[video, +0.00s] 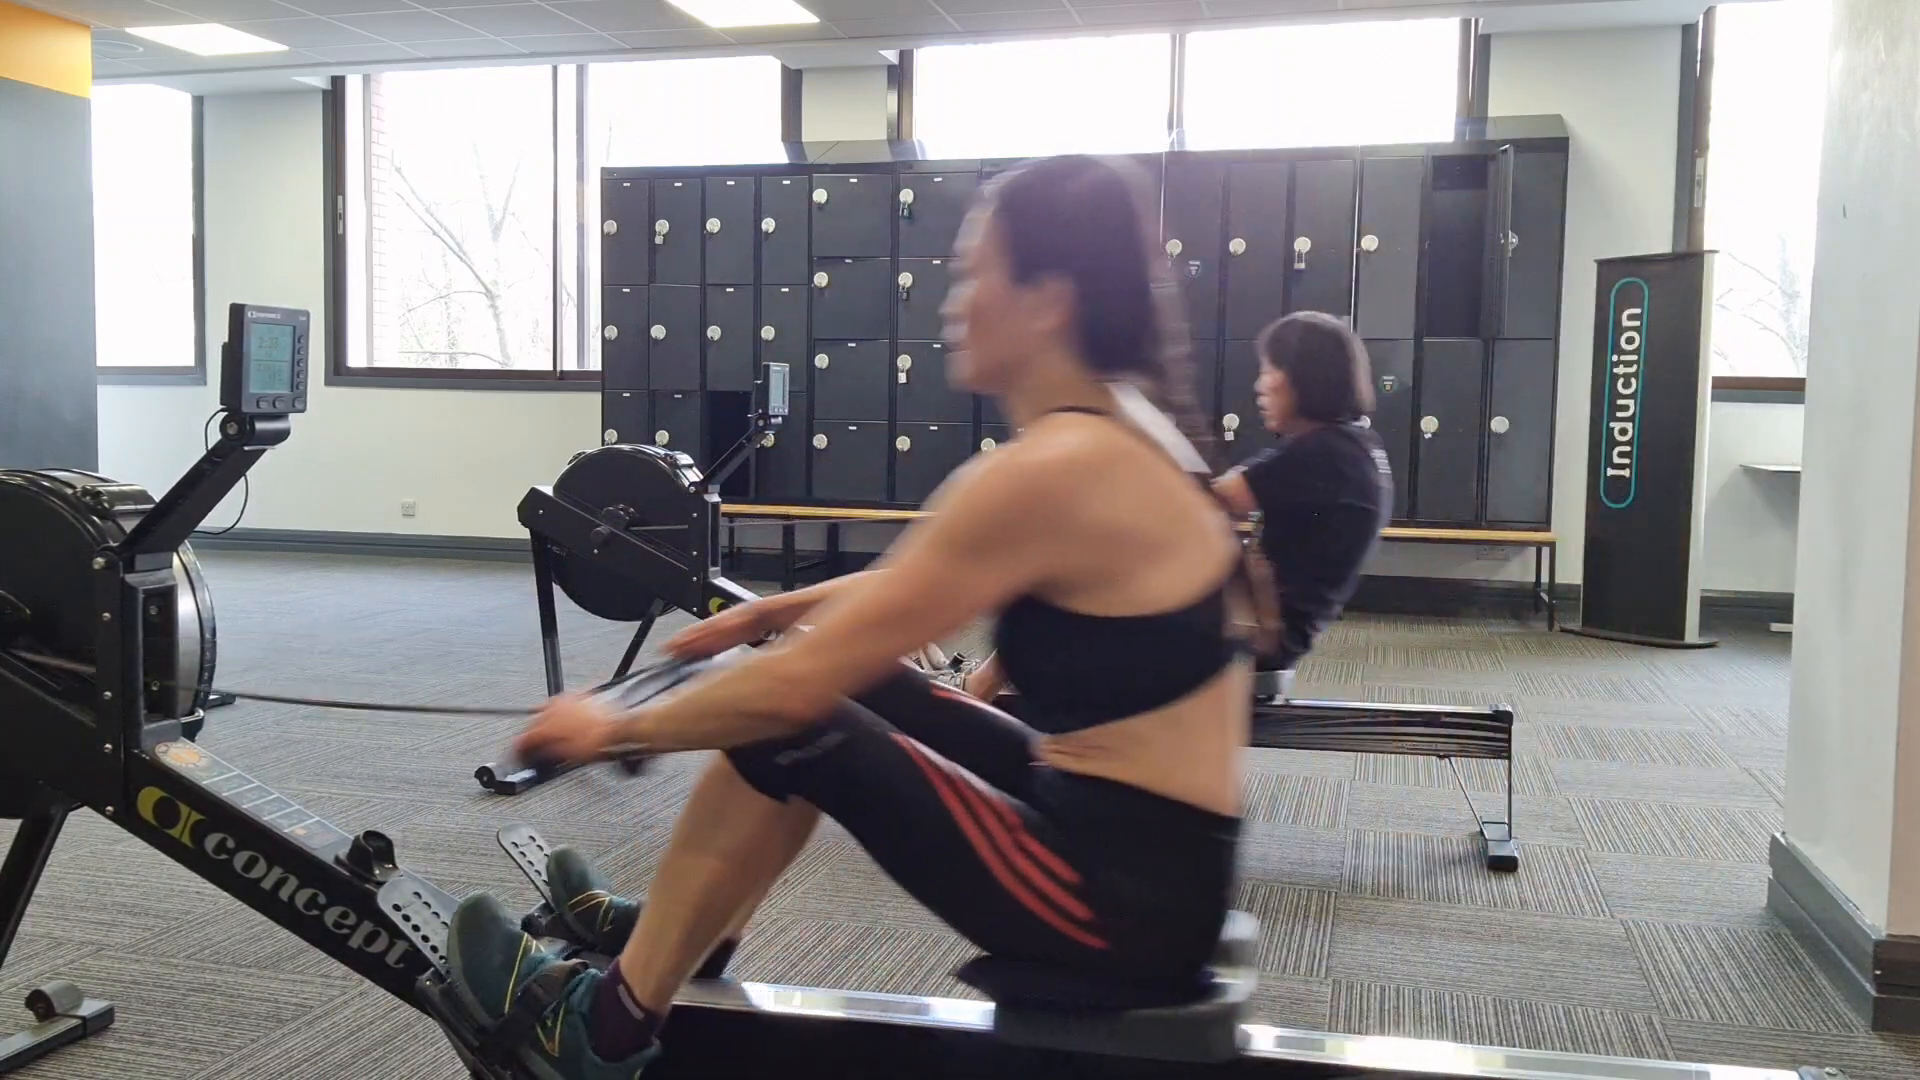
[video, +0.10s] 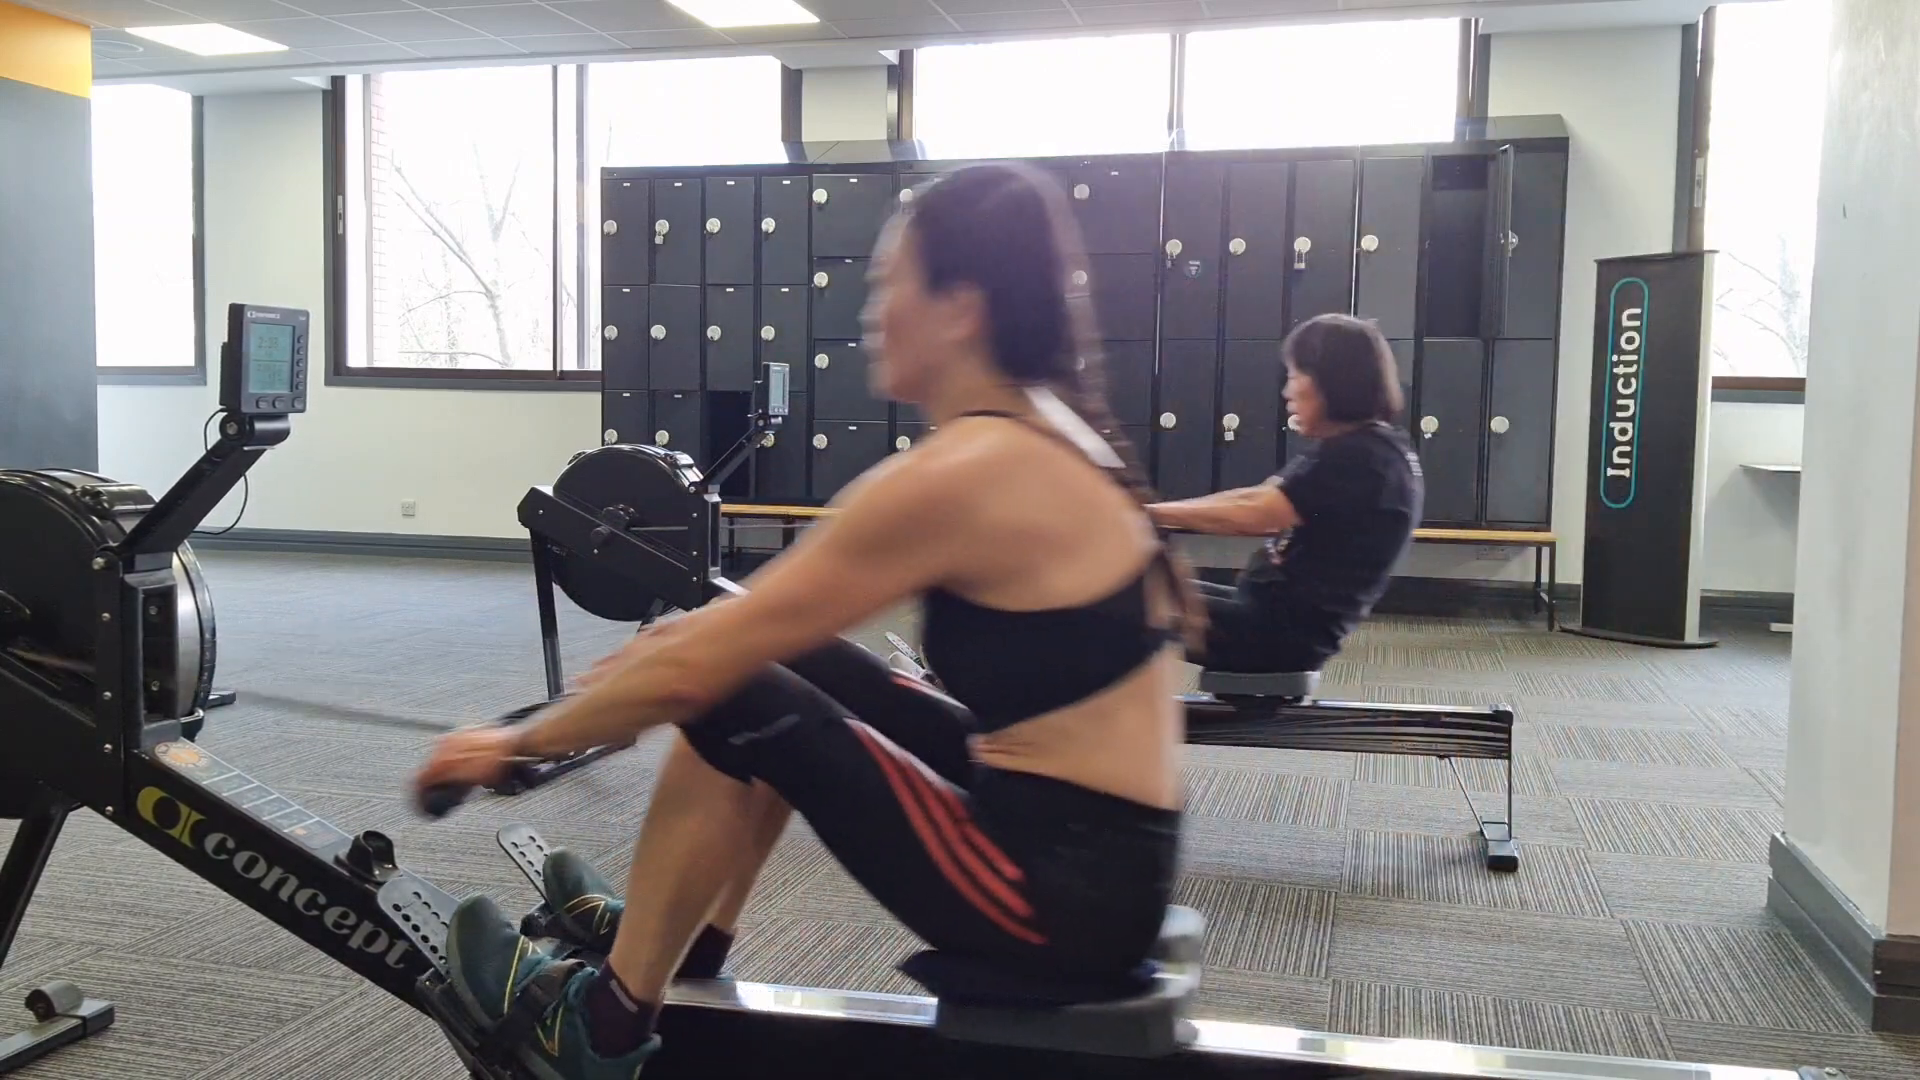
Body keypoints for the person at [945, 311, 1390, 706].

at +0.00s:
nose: (1261, 384)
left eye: (1271, 370)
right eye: (1263, 370)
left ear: (1308, 380)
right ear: (1331, 383)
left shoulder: (1314, 453)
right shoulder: (1353, 448)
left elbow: (1209, 501)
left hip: (1248, 643)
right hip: (1271, 632)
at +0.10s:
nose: (1286, 393)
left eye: (1294, 376)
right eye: (1289, 377)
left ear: (1332, 381)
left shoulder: (1359, 457)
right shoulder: (1350, 447)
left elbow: (1258, 518)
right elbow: (1255, 499)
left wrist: (1151, 514)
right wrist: (1156, 512)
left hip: (1280, 638)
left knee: (1137, 595)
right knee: (1148, 576)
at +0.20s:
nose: (1304, 395)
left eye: (1313, 380)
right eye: (1307, 380)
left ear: (1352, 383)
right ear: (1363, 384)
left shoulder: (1385, 458)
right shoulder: (1373, 449)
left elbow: (1302, 539)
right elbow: (1296, 508)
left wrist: (1197, 523)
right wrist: (1193, 517)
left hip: (1300, 634)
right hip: (1286, 614)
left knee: (1119, 619)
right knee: (1121, 604)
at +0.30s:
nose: (1311, 398)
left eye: (1320, 382)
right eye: (1313, 383)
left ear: (1359, 386)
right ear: (1357, 389)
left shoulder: (1392, 456)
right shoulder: (1374, 449)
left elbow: (1350, 556)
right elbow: (1318, 519)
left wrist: (1238, 535)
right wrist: (1238, 521)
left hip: (1313, 632)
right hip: (1291, 609)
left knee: (1131, 631)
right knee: (1130, 619)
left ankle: (1010, 702)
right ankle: (1010, 696)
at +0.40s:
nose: (1304, 398)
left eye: (1313, 382)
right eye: (1306, 383)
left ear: (1352, 387)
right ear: (1350, 390)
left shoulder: (1390, 456)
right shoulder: (1372, 449)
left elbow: (1398, 562)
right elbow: (1341, 532)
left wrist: (1289, 543)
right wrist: (1283, 529)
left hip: (1311, 632)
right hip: (1295, 612)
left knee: (1130, 632)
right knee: (1130, 622)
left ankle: (1001, 699)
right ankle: (1005, 695)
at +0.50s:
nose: (1288, 398)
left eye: (1296, 382)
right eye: (1288, 384)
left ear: (1336, 385)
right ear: (1339, 387)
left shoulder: (1388, 451)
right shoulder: (1355, 445)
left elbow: (1441, 550)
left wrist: (1328, 547)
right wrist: (1288, 542)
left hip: (1308, 637)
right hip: (1285, 613)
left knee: (1128, 626)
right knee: (1130, 616)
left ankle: (996, 699)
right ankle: (1003, 696)